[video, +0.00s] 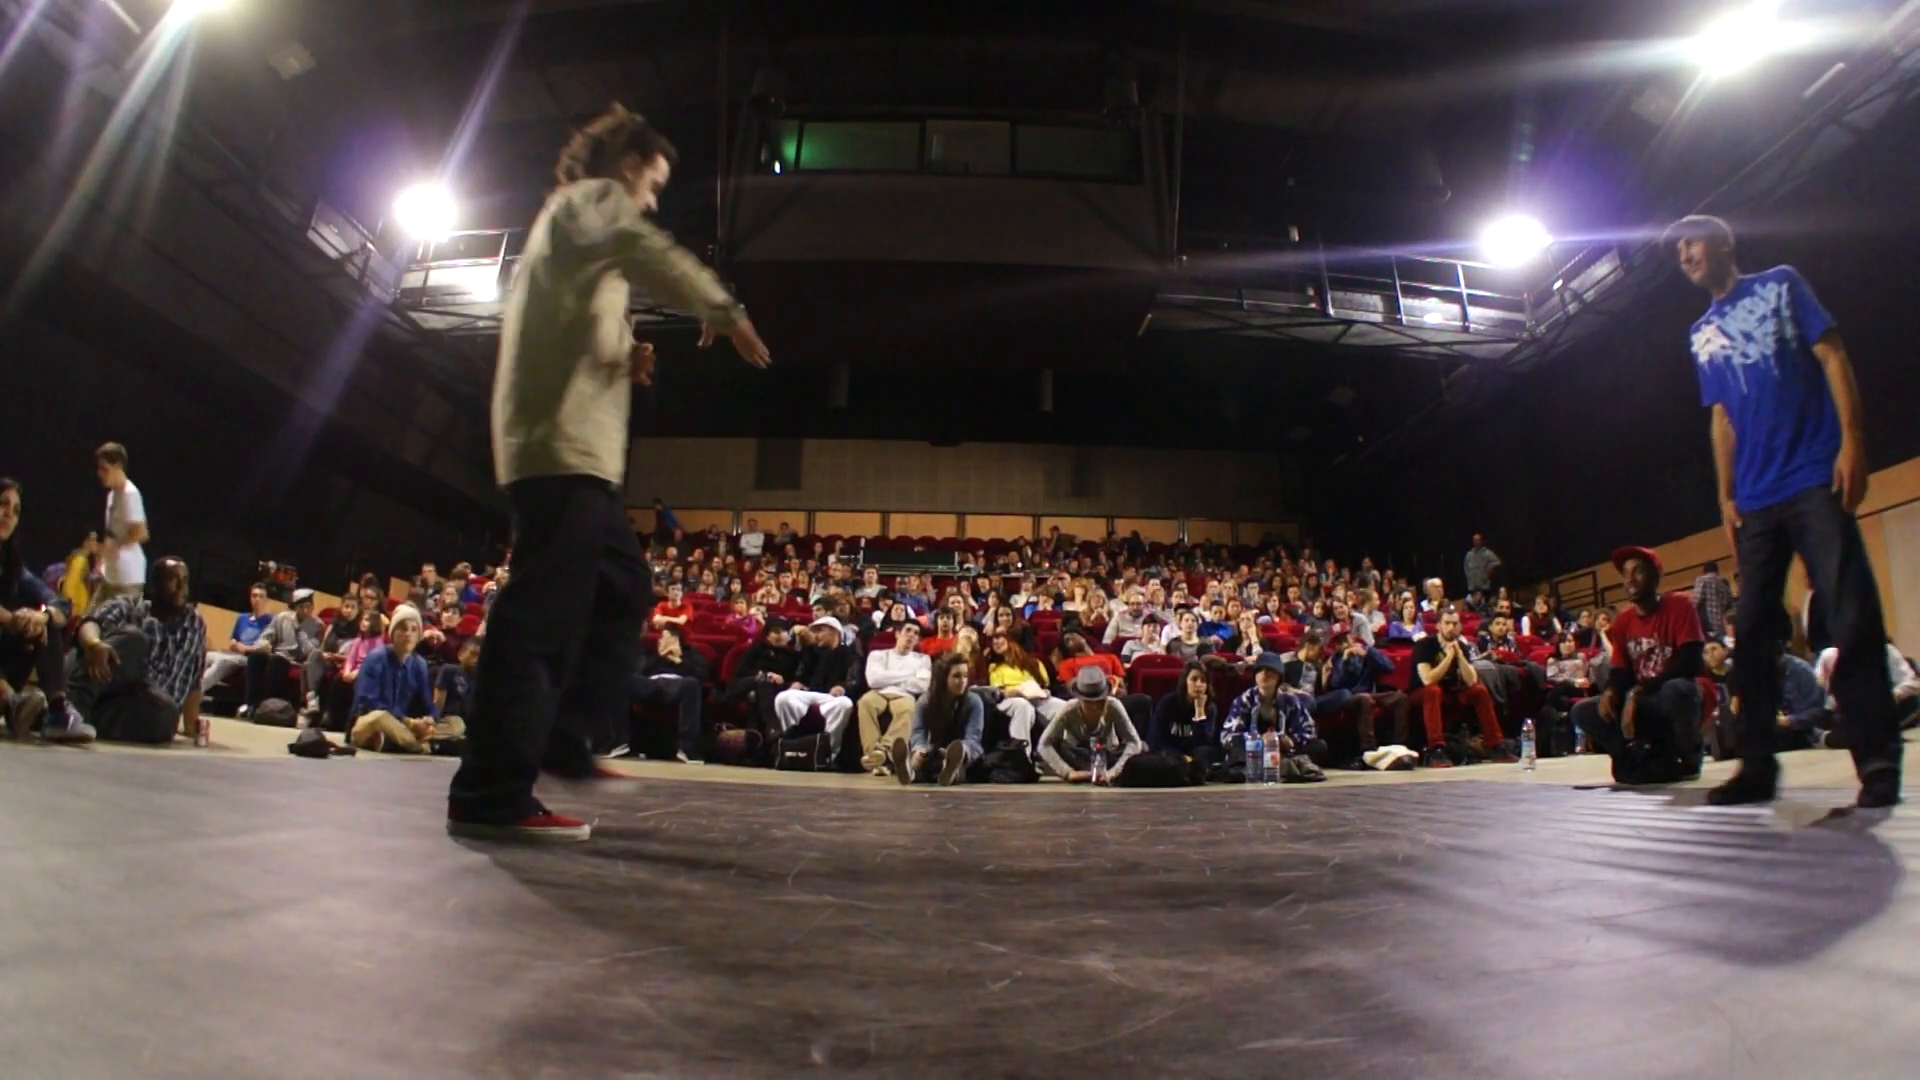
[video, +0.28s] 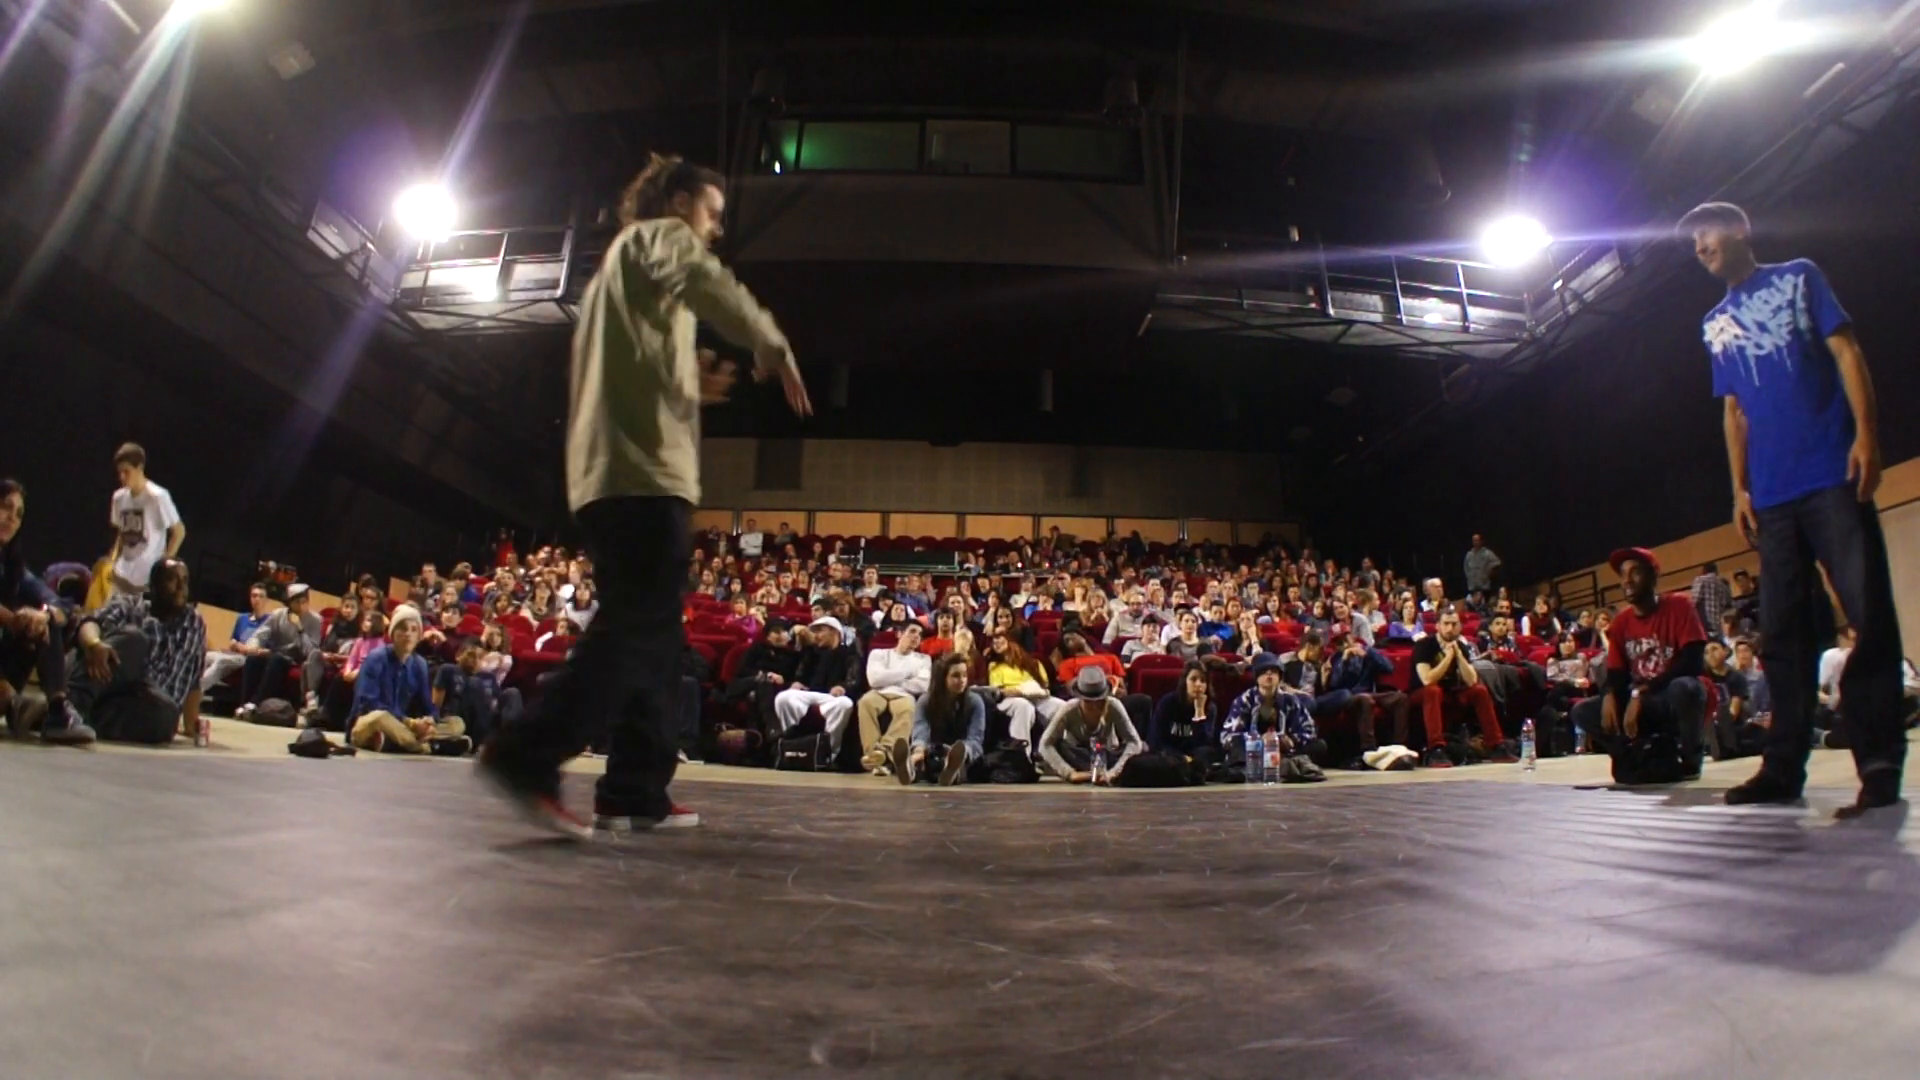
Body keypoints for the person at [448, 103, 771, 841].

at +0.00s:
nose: (655, 200)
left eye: (661, 188)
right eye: (654, 182)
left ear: (611, 168)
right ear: (624, 162)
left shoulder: (577, 230)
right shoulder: (588, 202)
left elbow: (563, 337)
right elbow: (648, 250)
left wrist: (622, 356)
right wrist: (724, 309)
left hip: (577, 451)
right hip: (560, 449)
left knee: (623, 591)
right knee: (540, 615)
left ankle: (576, 741)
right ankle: (491, 795)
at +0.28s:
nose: (718, 228)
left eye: (719, 217)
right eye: (712, 213)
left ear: (671, 208)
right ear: (680, 202)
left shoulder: (619, 268)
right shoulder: (658, 239)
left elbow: (622, 371)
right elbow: (709, 284)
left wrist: (689, 381)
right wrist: (774, 348)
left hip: (616, 474)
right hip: (642, 472)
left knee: (650, 631)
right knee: (637, 625)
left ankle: (638, 793)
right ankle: (526, 756)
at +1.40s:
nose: (842, 289)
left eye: (839, 280)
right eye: (831, 280)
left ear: (811, 291)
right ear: (803, 289)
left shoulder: (791, 341)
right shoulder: (801, 326)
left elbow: (795, 427)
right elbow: (810, 355)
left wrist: (841, 451)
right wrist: (893, 375)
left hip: (795, 510)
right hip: (799, 511)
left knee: (812, 647)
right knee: (810, 647)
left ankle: (799, 774)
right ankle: (787, 781)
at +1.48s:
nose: (840, 293)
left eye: (837, 284)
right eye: (830, 283)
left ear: (810, 295)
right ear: (801, 292)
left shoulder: (793, 348)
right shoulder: (796, 328)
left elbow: (789, 450)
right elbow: (796, 361)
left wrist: (847, 462)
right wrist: (894, 381)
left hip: (780, 510)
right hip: (794, 505)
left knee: (810, 641)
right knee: (836, 621)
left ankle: (806, 775)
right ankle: (769, 751)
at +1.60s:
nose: (833, 293)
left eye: (831, 285)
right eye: (822, 284)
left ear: (811, 296)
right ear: (792, 292)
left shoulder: (812, 361)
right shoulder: (784, 329)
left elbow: (814, 462)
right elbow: (782, 378)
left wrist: (876, 449)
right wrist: (889, 394)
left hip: (798, 501)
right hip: (781, 493)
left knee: (815, 636)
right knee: (835, 593)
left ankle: (805, 778)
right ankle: (738, 708)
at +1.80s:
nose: (815, 295)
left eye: (814, 288)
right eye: (805, 285)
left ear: (791, 297)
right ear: (773, 291)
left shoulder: (791, 356)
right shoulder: (753, 339)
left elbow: (810, 440)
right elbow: (771, 409)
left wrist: (859, 407)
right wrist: (840, 436)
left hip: (801, 521)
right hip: (768, 517)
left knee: (809, 645)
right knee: (775, 630)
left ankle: (803, 778)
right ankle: (687, 760)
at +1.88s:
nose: (806, 293)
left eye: (804, 286)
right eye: (796, 283)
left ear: (777, 294)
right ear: (764, 288)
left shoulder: (780, 354)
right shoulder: (741, 337)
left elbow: (808, 437)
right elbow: (762, 406)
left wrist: (853, 398)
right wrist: (807, 451)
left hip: (793, 522)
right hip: (752, 517)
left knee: (816, 642)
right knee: (741, 642)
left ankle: (805, 770)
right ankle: (674, 764)